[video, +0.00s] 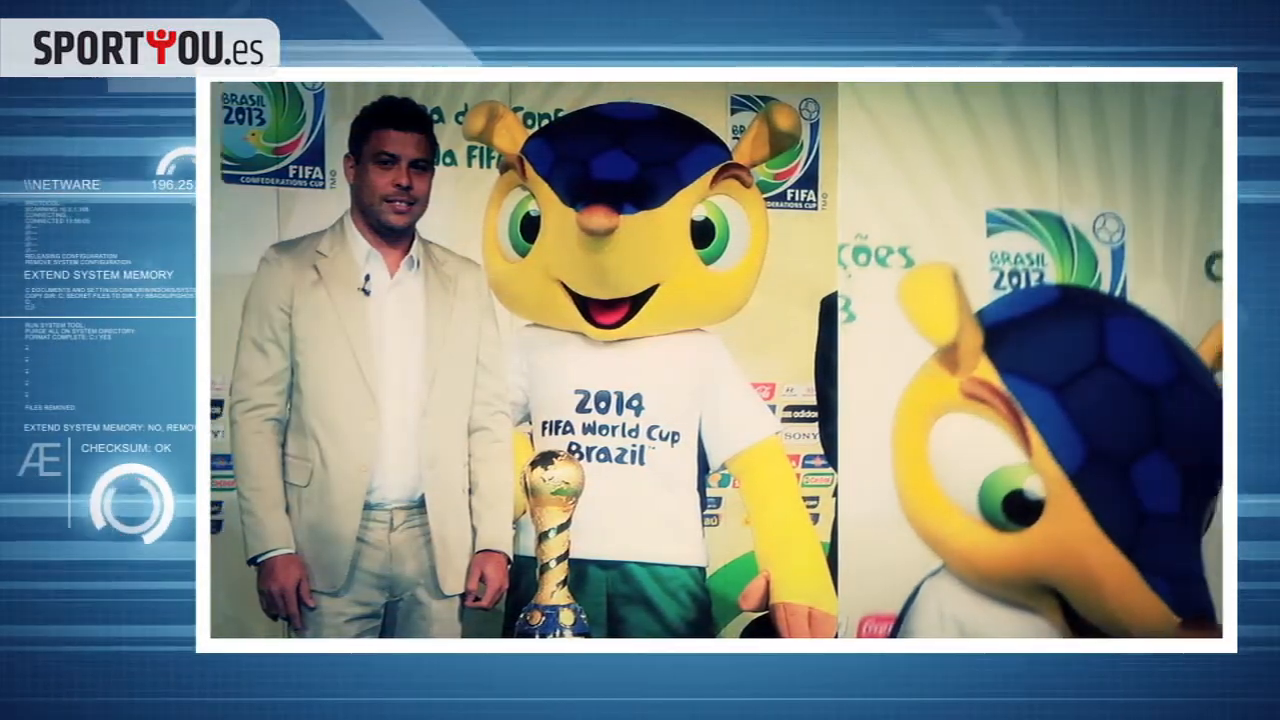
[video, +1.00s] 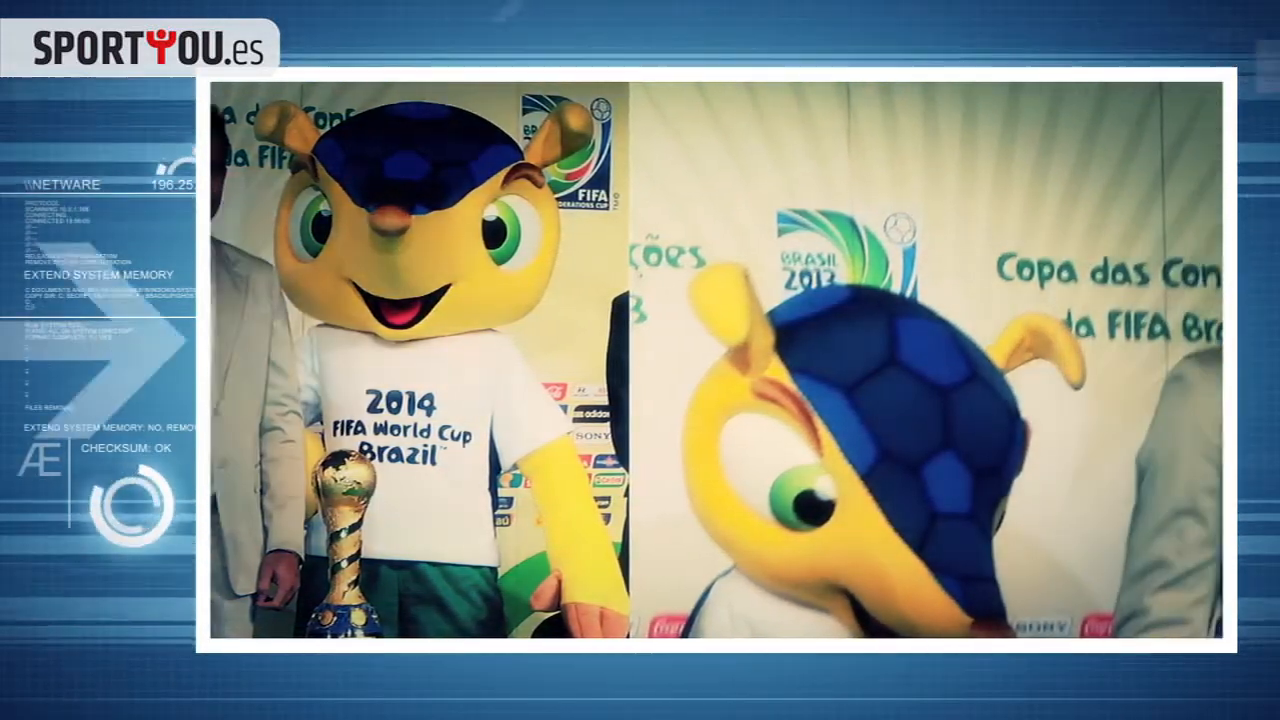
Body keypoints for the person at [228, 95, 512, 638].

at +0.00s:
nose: (405, 181)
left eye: (420, 166)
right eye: (386, 162)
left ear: (433, 178)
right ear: (351, 170)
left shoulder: (466, 282)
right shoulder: (288, 270)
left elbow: (490, 422)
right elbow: (255, 413)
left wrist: (492, 542)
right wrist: (273, 548)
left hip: (439, 544)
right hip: (332, 545)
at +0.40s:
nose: (321, 180)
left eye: (337, 166)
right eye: (302, 162)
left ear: (350, 178)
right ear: (267, 169)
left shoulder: (386, 284)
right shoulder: (205, 275)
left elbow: (406, 422)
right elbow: (179, 416)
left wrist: (409, 542)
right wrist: (195, 543)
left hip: (357, 542)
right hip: (248, 543)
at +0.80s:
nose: (237, 180)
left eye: (253, 166)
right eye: (220, 162)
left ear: (267, 177)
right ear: (190, 169)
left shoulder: (300, 284)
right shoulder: (149, 274)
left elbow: (322, 422)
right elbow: (112, 405)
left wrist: (325, 542)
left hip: (264, 538)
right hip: (164, 537)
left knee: (261, 711)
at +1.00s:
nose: (200, 182)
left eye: (211, 166)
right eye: (188, 166)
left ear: (226, 175)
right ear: (162, 174)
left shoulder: (256, 283)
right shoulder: (111, 279)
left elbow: (281, 422)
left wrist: (285, 542)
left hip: (224, 548)